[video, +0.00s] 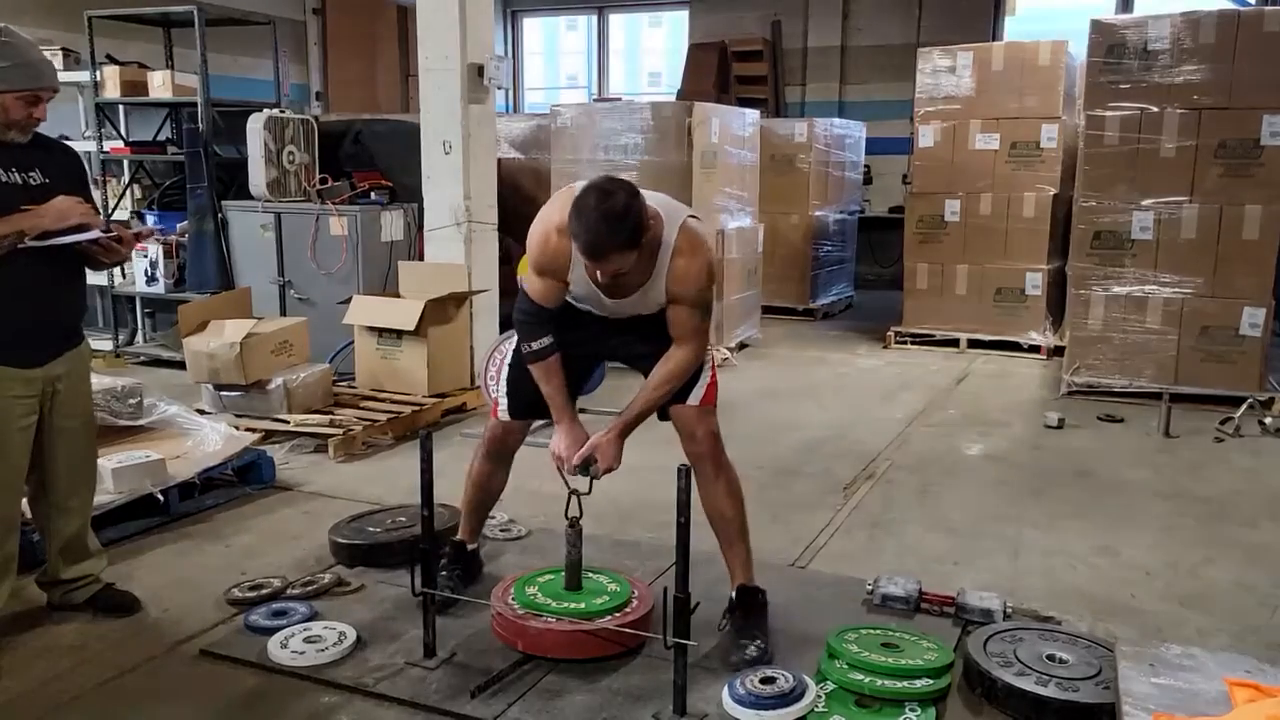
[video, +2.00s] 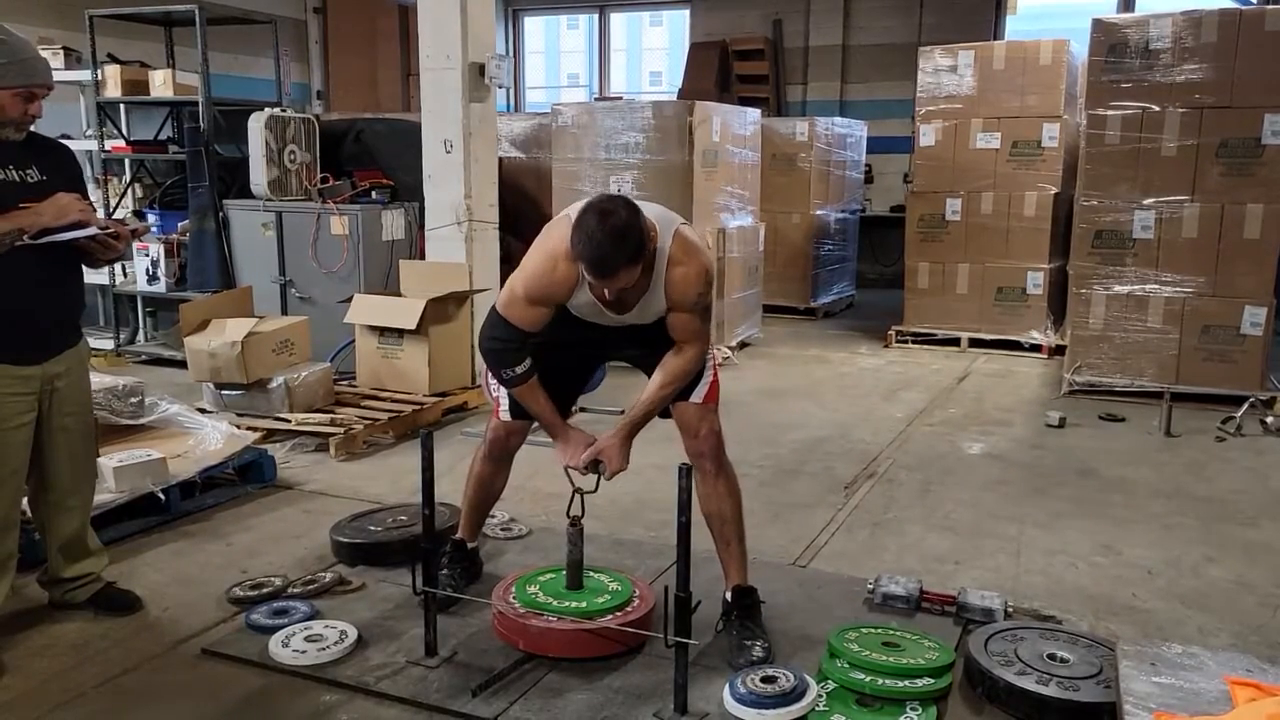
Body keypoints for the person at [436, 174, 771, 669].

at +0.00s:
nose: (604, 280)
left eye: (617, 272)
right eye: (594, 270)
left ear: (646, 239)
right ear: (575, 238)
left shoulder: (690, 254)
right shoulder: (551, 233)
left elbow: (688, 349)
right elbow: (533, 327)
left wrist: (619, 429)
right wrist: (565, 422)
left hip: (656, 321)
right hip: (572, 316)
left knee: (704, 441)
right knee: (499, 434)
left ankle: (746, 593)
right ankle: (463, 548)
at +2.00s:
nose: (609, 295)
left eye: (622, 286)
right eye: (598, 286)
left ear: (647, 257)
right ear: (578, 260)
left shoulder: (689, 265)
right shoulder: (552, 258)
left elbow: (689, 350)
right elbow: (498, 341)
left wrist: (625, 431)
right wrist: (560, 432)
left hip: (659, 325)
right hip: (569, 321)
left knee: (706, 442)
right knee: (501, 433)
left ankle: (740, 597)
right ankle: (462, 549)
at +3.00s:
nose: (601, 311)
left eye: (612, 301)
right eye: (588, 303)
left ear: (635, 264)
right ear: (567, 275)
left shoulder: (677, 277)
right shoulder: (538, 272)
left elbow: (691, 356)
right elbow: (494, 341)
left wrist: (620, 432)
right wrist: (556, 431)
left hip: (654, 327)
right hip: (561, 324)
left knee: (704, 441)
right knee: (499, 434)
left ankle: (739, 597)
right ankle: (460, 549)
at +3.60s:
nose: (598, 316)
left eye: (610, 305)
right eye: (584, 308)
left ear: (632, 274)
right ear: (562, 283)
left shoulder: (675, 284)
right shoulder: (534, 275)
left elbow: (694, 360)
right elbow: (483, 352)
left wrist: (621, 435)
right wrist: (552, 440)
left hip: (657, 329)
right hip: (563, 328)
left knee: (707, 442)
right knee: (495, 430)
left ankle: (739, 597)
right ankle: (465, 548)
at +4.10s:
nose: (600, 242)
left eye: (614, 233)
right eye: (588, 231)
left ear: (635, 204)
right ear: (567, 202)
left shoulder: (671, 233)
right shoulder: (541, 212)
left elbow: (697, 318)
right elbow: (520, 319)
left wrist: (606, 332)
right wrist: (551, 417)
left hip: (647, 346)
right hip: (563, 341)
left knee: (676, 474)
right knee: (466, 441)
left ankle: (736, 604)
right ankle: (475, 558)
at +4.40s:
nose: (604, 213)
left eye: (618, 204)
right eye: (592, 202)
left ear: (641, 175)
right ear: (572, 173)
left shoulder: (678, 205)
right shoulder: (545, 192)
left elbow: (713, 287)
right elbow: (525, 298)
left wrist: (619, 300)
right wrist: (554, 402)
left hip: (652, 328)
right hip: (566, 321)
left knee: (688, 462)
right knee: (481, 437)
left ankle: (737, 605)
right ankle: (475, 556)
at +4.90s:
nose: (615, 133)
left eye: (631, 123)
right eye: (604, 119)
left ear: (657, 98)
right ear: (586, 91)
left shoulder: (692, 136)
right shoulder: (557, 127)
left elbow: (732, 227)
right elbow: (529, 238)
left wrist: (644, 239)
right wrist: (554, 345)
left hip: (659, 297)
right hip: (566, 292)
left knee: (700, 441)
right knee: (505, 422)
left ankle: (739, 600)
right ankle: (469, 549)